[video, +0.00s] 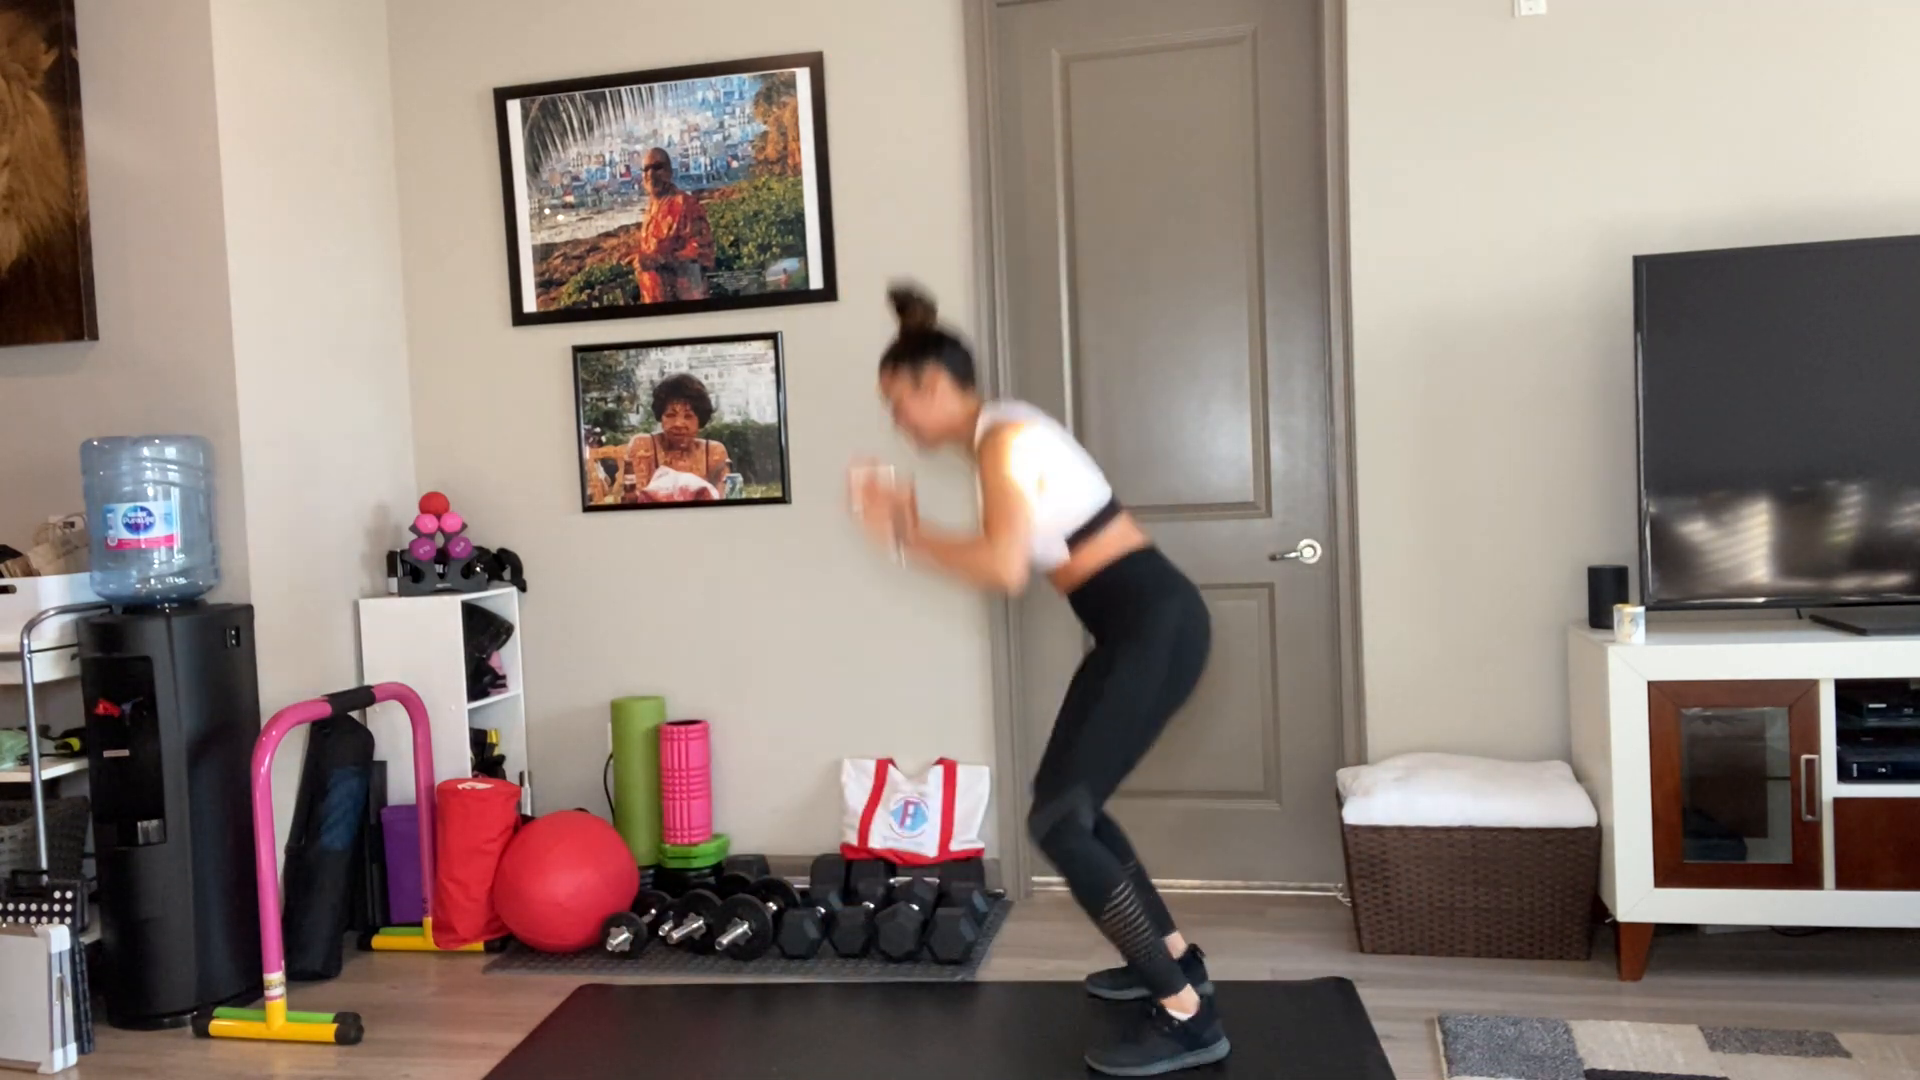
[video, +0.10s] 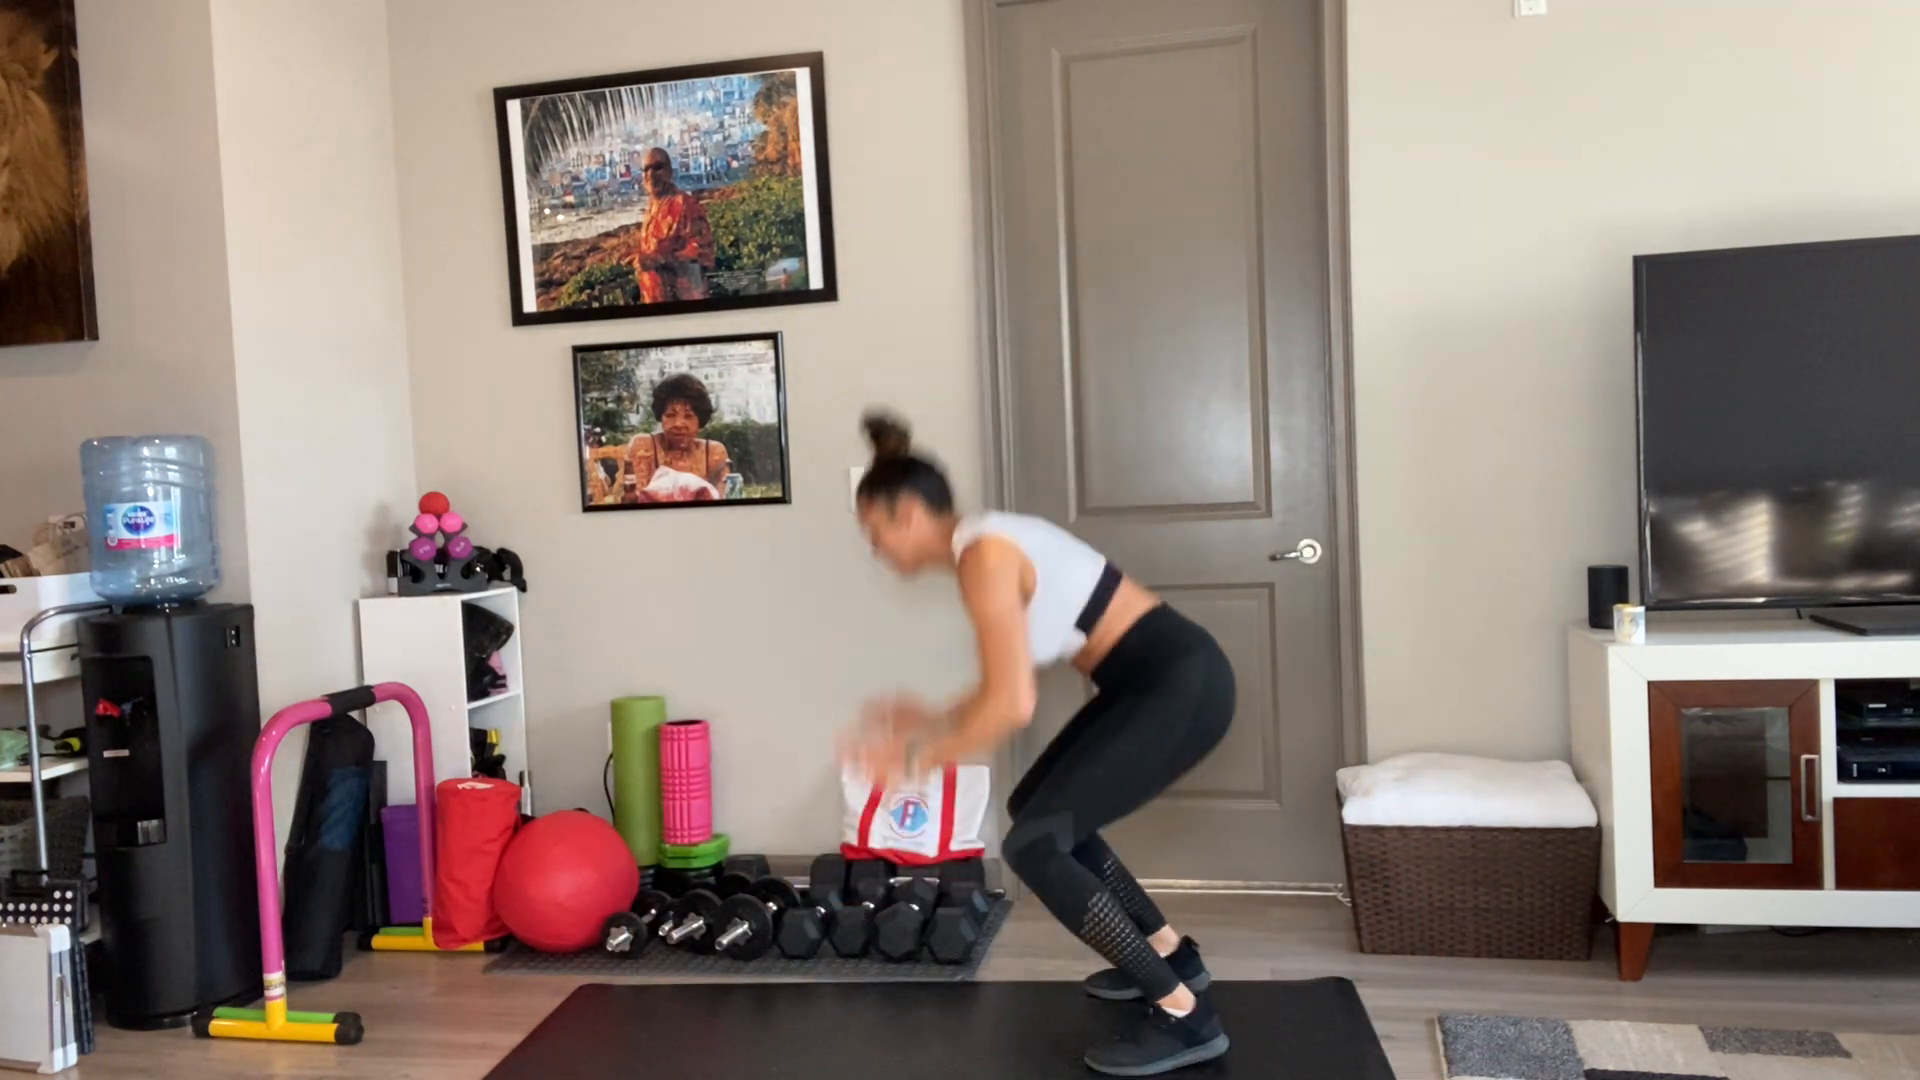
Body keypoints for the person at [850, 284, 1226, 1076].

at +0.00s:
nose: (899, 419)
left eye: (901, 400)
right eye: (893, 406)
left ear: (941, 384)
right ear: (938, 387)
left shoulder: (1007, 442)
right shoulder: (997, 438)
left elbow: (1006, 568)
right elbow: (999, 557)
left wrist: (911, 534)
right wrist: (912, 527)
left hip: (1155, 624)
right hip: (1131, 625)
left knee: (1061, 817)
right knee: (1067, 802)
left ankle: (1185, 1010)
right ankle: (1169, 951)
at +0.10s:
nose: (875, 550)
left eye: (876, 532)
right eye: (869, 535)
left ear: (912, 511)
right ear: (913, 511)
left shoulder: (987, 556)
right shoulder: (985, 545)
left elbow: (1012, 705)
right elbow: (1004, 690)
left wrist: (918, 758)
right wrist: (928, 720)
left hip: (1176, 683)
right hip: (1145, 683)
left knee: (1033, 845)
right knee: (1034, 809)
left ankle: (1183, 1012)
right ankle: (1166, 953)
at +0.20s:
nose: (864, 660)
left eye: (861, 642)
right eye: (856, 646)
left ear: (891, 618)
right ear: (901, 612)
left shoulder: (963, 647)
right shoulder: (976, 625)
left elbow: (962, 803)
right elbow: (992, 762)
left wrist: (893, 912)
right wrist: (918, 844)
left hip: (1187, 705)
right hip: (1155, 699)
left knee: (1033, 849)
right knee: (1030, 814)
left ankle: (1180, 1010)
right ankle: (1164, 951)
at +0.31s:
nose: (864, 741)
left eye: (855, 729)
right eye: (852, 733)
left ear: (874, 697)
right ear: (885, 685)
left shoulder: (936, 708)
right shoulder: (940, 687)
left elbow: (908, 856)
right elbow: (933, 839)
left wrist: (846, 988)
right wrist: (875, 916)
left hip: (1182, 675)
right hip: (1150, 670)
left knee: (1050, 835)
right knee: (1044, 803)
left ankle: (1185, 1015)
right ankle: (1167, 955)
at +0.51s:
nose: (837, 826)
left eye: (826, 812)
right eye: (826, 818)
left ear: (835, 776)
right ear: (840, 765)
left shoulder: (887, 762)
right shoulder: (890, 745)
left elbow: (868, 914)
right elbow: (874, 888)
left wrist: (827, 1051)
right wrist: (835, 973)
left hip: (1084, 595)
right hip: (1084, 595)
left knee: (1102, 817)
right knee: (1114, 789)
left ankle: (1281, 954)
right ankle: (1247, 884)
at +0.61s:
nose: (785, 833)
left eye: (771, 821)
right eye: (771, 825)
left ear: (781, 787)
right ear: (788, 772)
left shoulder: (843, 771)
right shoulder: (855, 749)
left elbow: (843, 922)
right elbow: (862, 901)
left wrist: (827, 1051)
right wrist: (826, 981)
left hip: (1041, 647)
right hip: (1046, 648)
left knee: (1167, 842)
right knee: (1162, 809)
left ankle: (1389, 938)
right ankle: (1339, 859)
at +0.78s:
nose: (711, 804)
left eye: (705, 789)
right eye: (702, 792)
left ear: (728, 760)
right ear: (743, 741)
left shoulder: (806, 779)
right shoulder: (820, 743)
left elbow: (840, 921)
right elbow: (853, 884)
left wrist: (827, 1049)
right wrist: (838, 968)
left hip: (1030, 781)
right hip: (1034, 768)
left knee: (1198, 926)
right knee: (1207, 888)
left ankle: (1439, 966)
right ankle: (1383, 902)